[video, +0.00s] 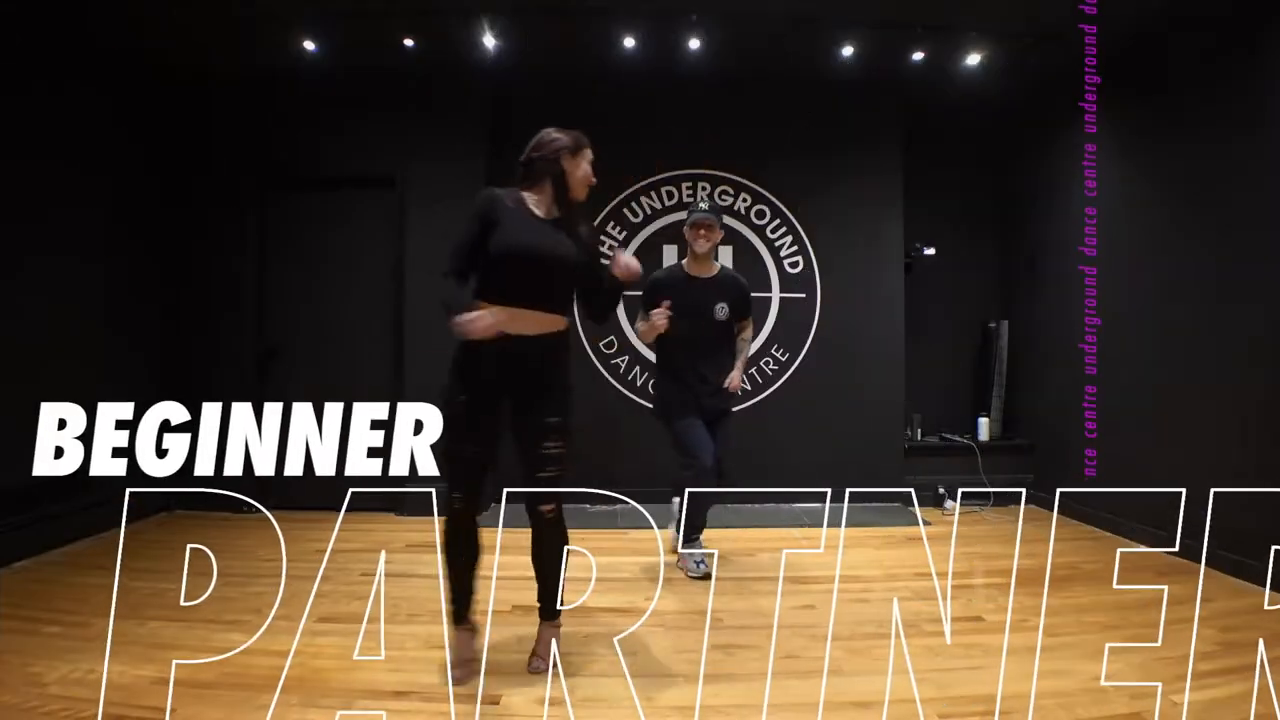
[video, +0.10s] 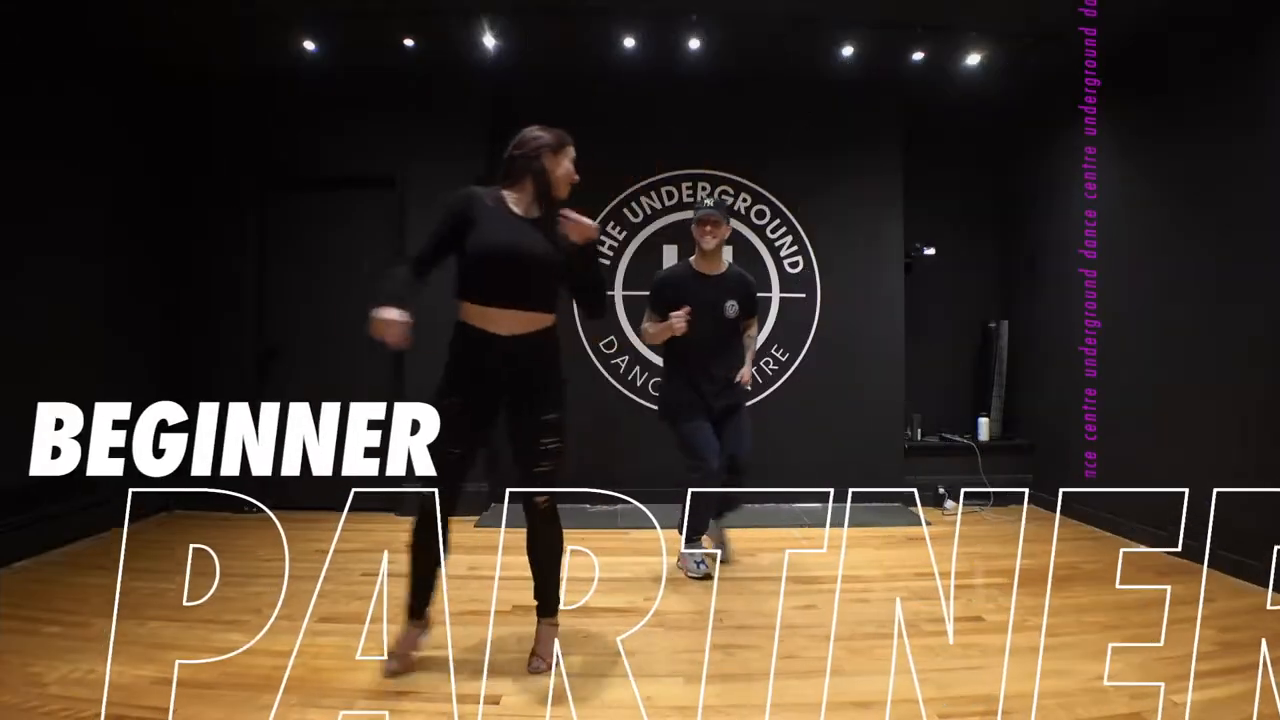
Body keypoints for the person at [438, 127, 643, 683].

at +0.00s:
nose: (592, 174)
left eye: (592, 164)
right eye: (586, 162)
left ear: (570, 168)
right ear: (558, 162)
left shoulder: (577, 231)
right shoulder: (495, 206)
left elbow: (596, 313)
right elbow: (455, 274)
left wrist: (621, 281)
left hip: (545, 364)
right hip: (483, 360)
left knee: (546, 499)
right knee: (462, 499)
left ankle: (548, 625)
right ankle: (462, 628)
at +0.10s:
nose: (575, 173)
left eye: (575, 164)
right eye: (568, 162)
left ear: (552, 167)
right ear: (537, 161)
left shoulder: (564, 226)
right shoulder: (474, 206)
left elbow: (594, 309)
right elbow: (421, 263)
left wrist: (584, 250)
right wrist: (395, 302)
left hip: (537, 365)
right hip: (471, 360)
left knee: (540, 495)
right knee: (436, 492)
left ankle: (546, 624)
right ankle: (415, 621)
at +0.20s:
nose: (544, 177)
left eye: (544, 168)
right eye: (537, 166)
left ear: (519, 170)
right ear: (506, 165)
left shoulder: (530, 228)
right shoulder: (439, 211)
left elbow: (562, 300)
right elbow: (368, 239)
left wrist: (533, 235)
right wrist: (337, 276)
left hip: (514, 370)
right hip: (447, 371)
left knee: (532, 493)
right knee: (393, 485)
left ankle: (548, 620)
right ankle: (389, 613)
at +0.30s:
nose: (522, 176)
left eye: (522, 167)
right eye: (513, 165)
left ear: (503, 173)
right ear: (480, 165)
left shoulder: (507, 234)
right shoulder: (419, 211)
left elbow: (532, 311)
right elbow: (357, 230)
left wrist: (501, 243)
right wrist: (337, 265)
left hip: (483, 366)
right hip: (416, 365)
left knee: (506, 496)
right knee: (373, 493)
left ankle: (544, 620)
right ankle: (394, 617)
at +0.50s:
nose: (394, 177)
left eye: (404, 166)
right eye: (393, 169)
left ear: (438, 170)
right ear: (409, 178)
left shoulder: (464, 242)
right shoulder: (403, 235)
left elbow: (438, 322)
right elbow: (384, 293)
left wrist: (361, 320)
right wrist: (346, 264)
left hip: (417, 377)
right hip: (377, 370)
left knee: (364, 494)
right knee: (359, 494)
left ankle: (393, 608)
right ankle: (397, 600)